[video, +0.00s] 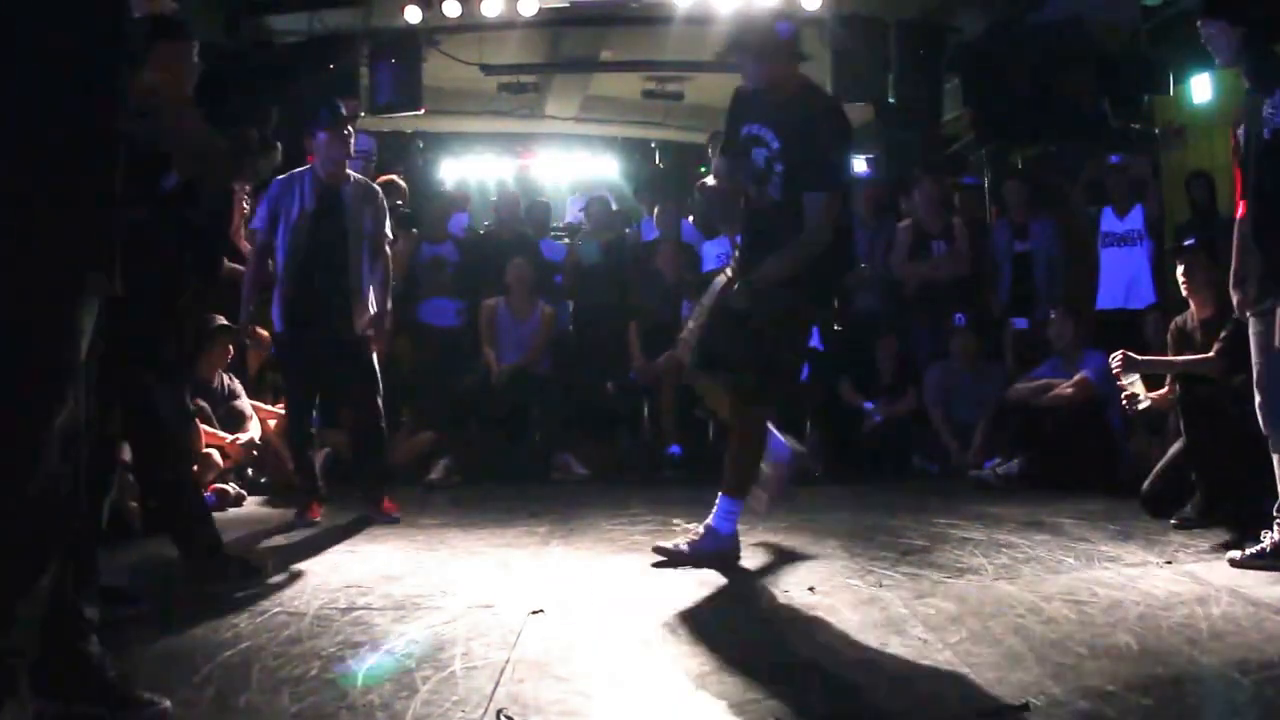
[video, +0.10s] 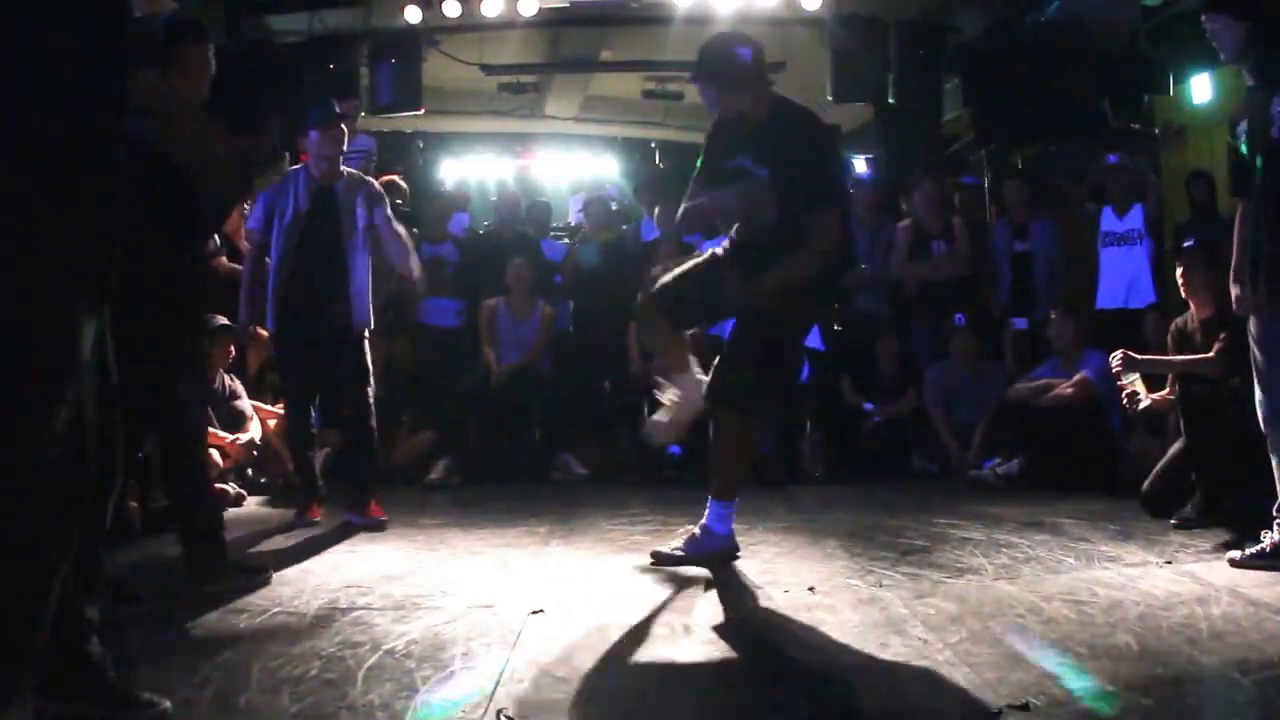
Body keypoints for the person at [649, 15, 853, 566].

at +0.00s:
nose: (745, 72)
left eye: (753, 61)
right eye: (742, 62)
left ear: (783, 55)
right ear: (743, 59)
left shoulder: (819, 115)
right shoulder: (745, 101)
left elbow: (822, 226)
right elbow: (733, 182)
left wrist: (764, 275)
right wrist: (718, 193)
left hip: (800, 269)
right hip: (749, 259)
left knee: (754, 394)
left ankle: (721, 530)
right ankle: (775, 450)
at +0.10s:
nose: (710, 102)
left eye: (715, 90)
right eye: (706, 92)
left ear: (745, 81)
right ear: (713, 87)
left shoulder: (808, 132)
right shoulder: (725, 134)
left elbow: (827, 236)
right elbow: (686, 220)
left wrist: (771, 284)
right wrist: (726, 205)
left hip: (798, 267)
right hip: (743, 257)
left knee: (735, 389)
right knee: (655, 306)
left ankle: (717, 528)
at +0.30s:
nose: (708, 56)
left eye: (713, 42)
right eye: (702, 48)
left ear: (748, 35)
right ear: (710, 50)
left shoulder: (811, 92)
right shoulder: (710, 111)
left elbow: (834, 192)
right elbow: (694, 204)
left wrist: (797, 265)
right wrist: (657, 286)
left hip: (798, 272)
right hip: (734, 272)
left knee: (758, 405)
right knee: (737, 402)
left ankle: (676, 507)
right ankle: (744, 560)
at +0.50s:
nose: (729, 45)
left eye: (737, 33)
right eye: (725, 36)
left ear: (771, 31)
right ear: (731, 40)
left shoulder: (823, 91)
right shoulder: (717, 95)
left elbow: (848, 188)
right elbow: (695, 186)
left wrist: (809, 247)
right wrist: (676, 259)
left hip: (794, 266)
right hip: (724, 262)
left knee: (765, 402)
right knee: (716, 388)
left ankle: (715, 527)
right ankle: (695, 527)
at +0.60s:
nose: (738, 61)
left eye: (746, 48)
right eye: (733, 52)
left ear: (779, 46)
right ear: (732, 55)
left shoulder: (825, 111)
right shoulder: (723, 113)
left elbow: (838, 214)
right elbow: (698, 207)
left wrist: (799, 274)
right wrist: (689, 277)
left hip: (791, 273)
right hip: (723, 267)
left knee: (773, 405)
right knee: (717, 374)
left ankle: (748, 532)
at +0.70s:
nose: (727, 62)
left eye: (734, 48)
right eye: (722, 53)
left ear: (767, 42)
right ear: (727, 55)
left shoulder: (819, 105)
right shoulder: (723, 117)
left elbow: (841, 203)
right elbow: (701, 212)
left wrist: (808, 258)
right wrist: (714, 263)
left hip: (800, 276)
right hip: (739, 276)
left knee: (771, 400)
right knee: (735, 390)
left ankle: (749, 529)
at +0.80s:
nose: (704, 50)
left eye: (704, 34)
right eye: (699, 42)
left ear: (733, 19)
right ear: (716, 40)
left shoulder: (803, 65)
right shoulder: (723, 103)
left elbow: (835, 160)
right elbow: (718, 190)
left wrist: (790, 230)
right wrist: (736, 223)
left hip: (816, 239)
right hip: (757, 245)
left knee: (791, 375)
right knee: (725, 348)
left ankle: (771, 520)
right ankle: (787, 424)